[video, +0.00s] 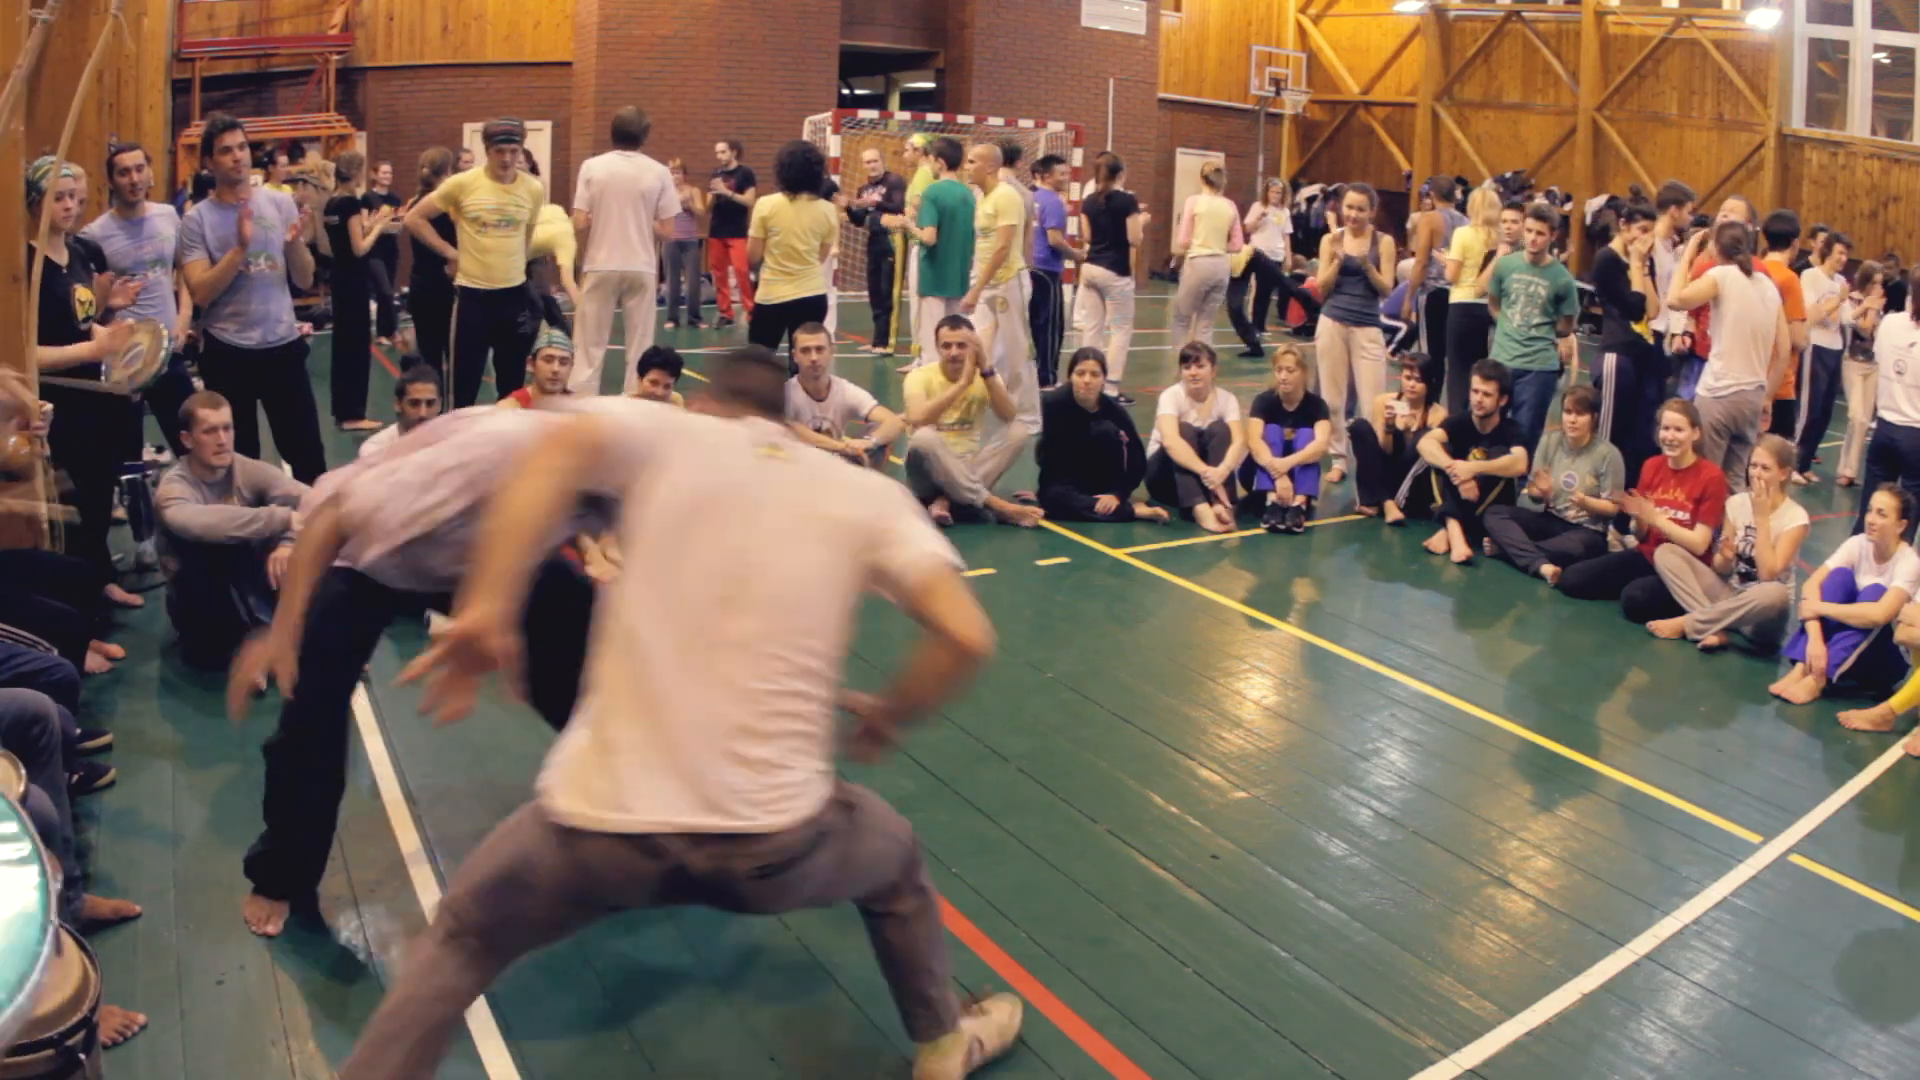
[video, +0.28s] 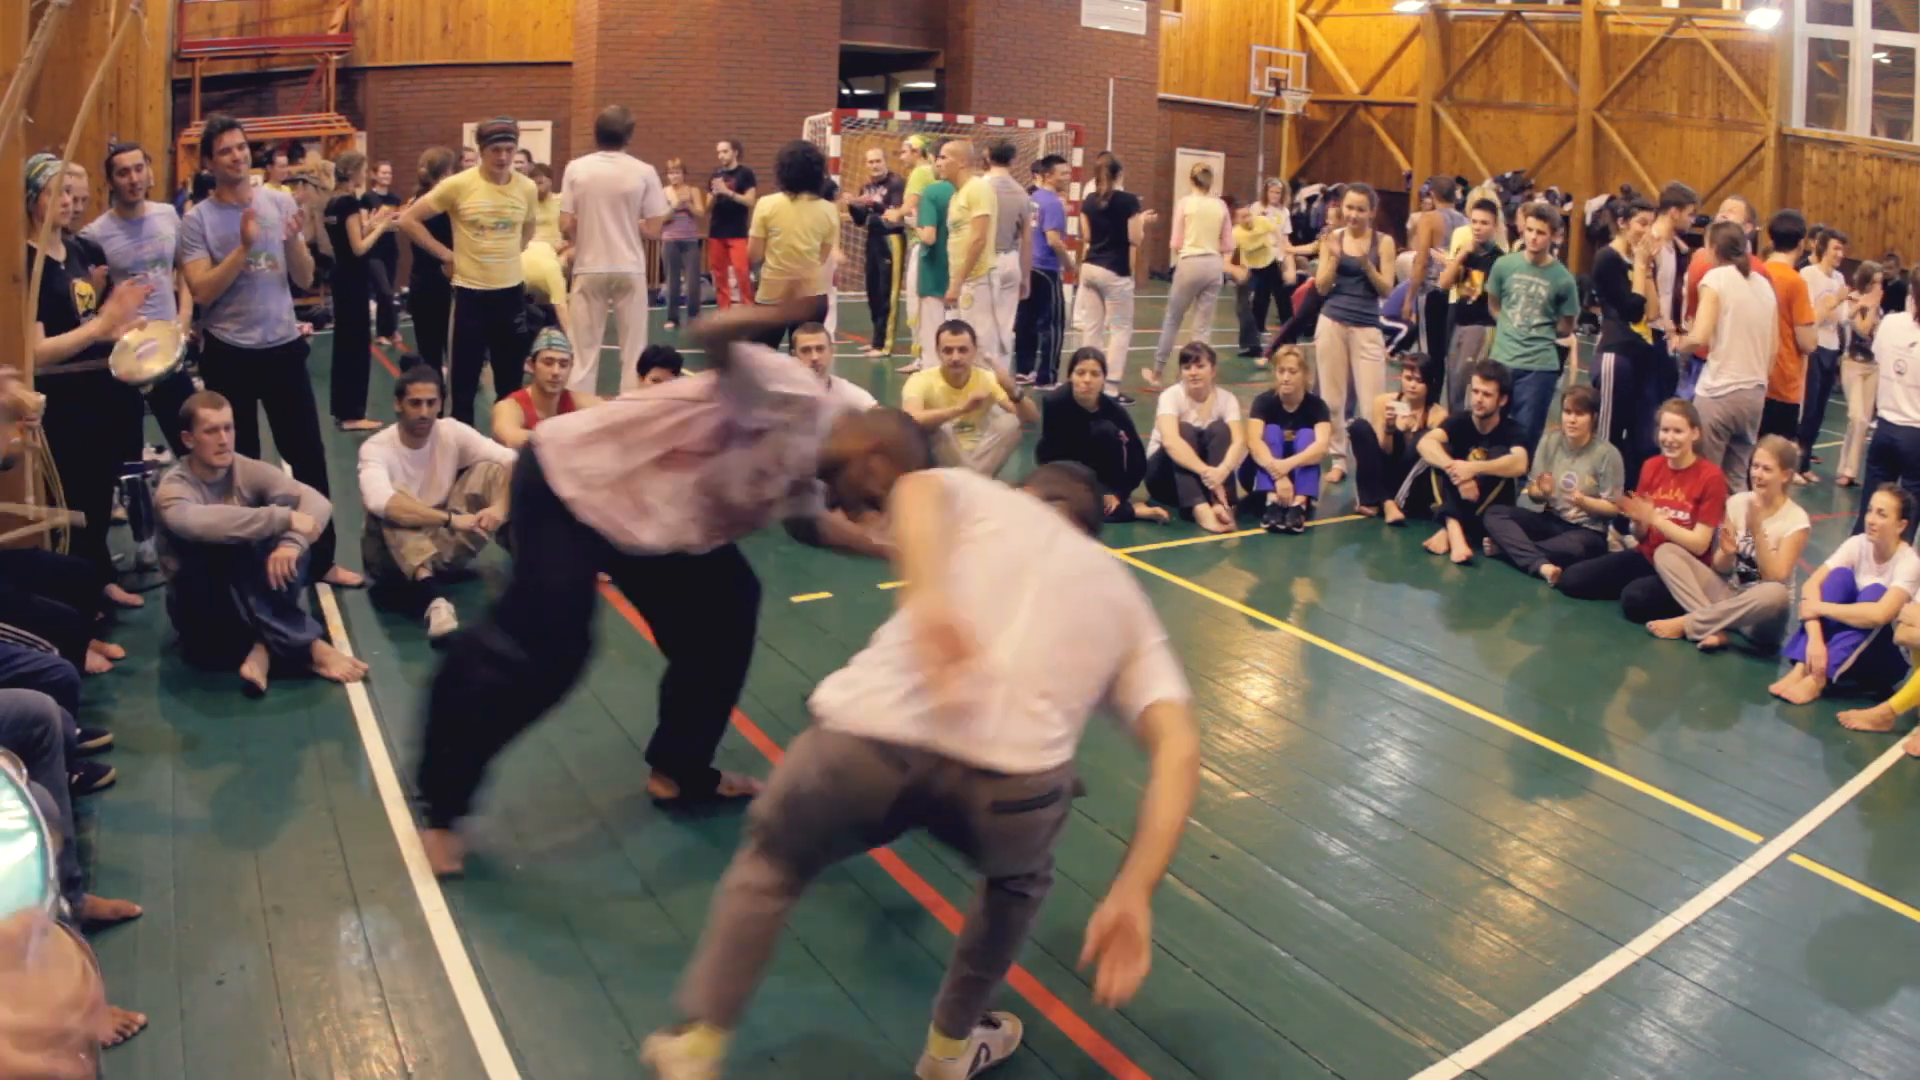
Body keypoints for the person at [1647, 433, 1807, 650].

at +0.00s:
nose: (1756, 473)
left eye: (1765, 468)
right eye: (1753, 466)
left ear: (1784, 474)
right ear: (1747, 467)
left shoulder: (1795, 517)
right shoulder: (1736, 503)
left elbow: (1768, 573)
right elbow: (1720, 568)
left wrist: (1762, 518)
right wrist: (1726, 557)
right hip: (1726, 595)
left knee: (1774, 594)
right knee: (1665, 552)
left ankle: (1686, 624)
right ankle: (1711, 629)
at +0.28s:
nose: (1757, 474)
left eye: (1767, 469)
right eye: (1755, 466)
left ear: (1786, 476)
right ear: (1750, 467)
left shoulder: (1796, 519)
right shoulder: (1737, 502)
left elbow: (1775, 576)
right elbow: (1719, 566)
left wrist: (1756, 528)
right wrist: (1727, 554)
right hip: (1725, 595)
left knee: (1774, 594)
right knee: (1666, 552)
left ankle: (1686, 624)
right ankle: (1711, 629)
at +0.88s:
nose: (1757, 469)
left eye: (1766, 464)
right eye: (1756, 462)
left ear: (1787, 472)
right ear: (1751, 462)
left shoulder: (1796, 518)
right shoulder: (1739, 499)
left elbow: (1776, 575)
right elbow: (1719, 566)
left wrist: (1743, 542)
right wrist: (1731, 541)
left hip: (1760, 604)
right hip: (1726, 592)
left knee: (1774, 594)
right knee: (1666, 552)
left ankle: (1686, 624)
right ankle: (1711, 629)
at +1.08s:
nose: (1757, 469)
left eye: (1766, 464)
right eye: (1756, 462)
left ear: (1787, 472)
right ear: (1752, 462)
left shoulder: (1796, 517)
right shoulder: (1739, 499)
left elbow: (1776, 575)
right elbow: (1721, 566)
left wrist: (1742, 539)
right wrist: (1731, 540)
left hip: (1760, 603)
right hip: (1726, 589)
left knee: (1774, 592)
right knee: (1666, 551)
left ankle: (1687, 624)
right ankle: (1711, 629)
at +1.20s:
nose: (1757, 470)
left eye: (1766, 465)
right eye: (1757, 462)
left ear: (1787, 472)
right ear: (1753, 461)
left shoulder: (1796, 517)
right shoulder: (1739, 500)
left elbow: (1777, 575)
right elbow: (1720, 565)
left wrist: (1742, 541)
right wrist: (1731, 541)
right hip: (1726, 589)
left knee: (1774, 592)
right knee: (1666, 552)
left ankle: (1691, 624)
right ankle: (1705, 631)